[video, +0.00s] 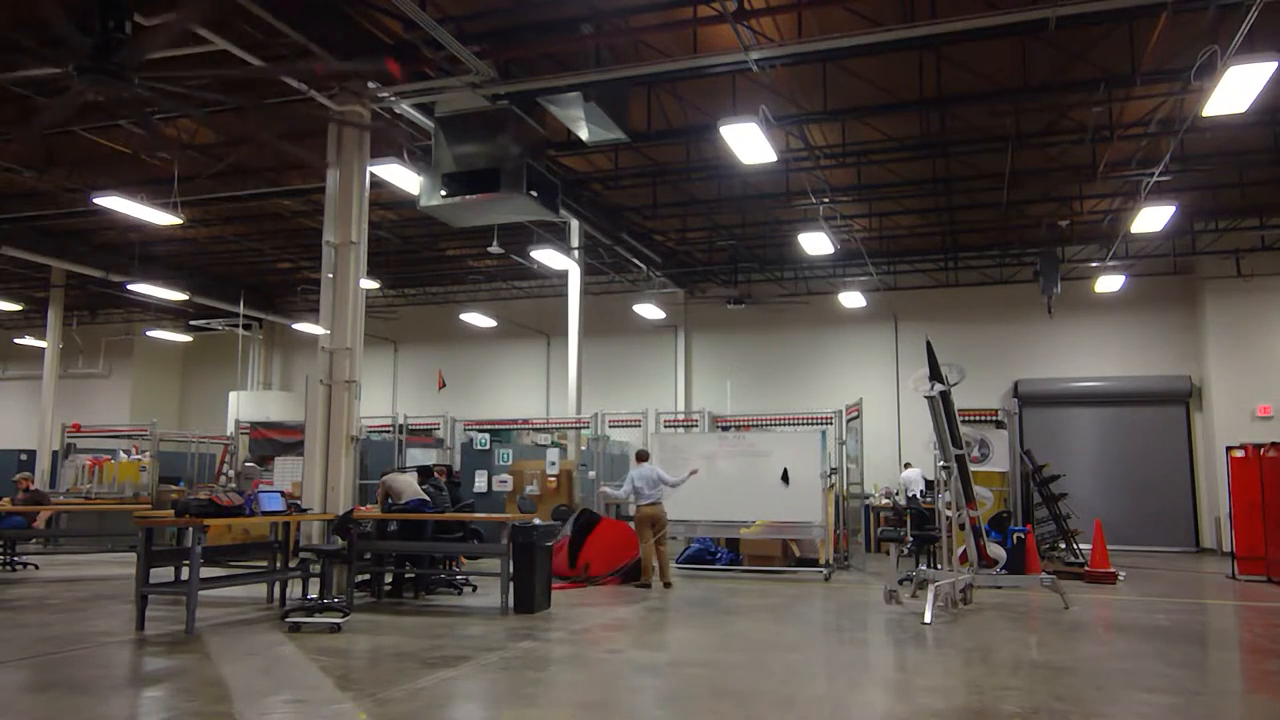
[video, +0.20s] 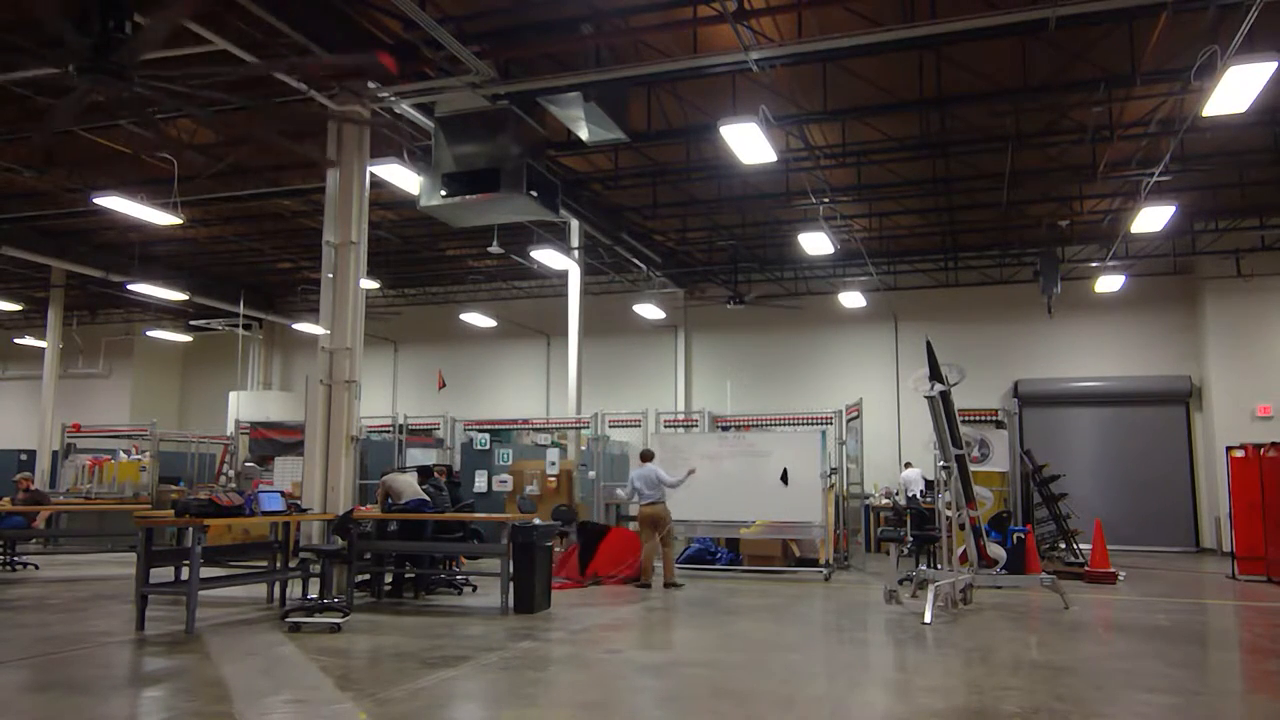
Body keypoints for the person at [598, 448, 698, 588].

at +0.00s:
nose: (636, 461)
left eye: (636, 459)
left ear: (636, 460)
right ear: (648, 459)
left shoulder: (633, 473)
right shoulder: (655, 470)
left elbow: (623, 495)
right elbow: (672, 483)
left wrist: (607, 490)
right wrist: (688, 475)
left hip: (642, 508)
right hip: (658, 507)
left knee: (646, 544)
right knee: (661, 544)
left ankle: (646, 580)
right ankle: (666, 580)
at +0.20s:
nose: (652, 460)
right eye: (652, 458)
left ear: (640, 459)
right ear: (653, 459)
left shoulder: (634, 474)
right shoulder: (655, 470)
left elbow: (629, 496)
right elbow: (671, 483)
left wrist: (620, 494)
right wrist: (687, 475)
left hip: (644, 508)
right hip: (659, 506)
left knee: (648, 545)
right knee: (667, 545)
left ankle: (646, 580)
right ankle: (669, 579)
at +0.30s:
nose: (656, 461)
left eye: (656, 459)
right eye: (656, 459)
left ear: (643, 459)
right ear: (654, 459)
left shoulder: (636, 475)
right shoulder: (655, 470)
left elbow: (631, 498)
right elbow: (670, 483)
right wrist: (685, 473)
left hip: (646, 508)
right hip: (661, 507)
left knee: (649, 545)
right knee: (668, 545)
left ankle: (646, 579)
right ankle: (668, 579)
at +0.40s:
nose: (662, 460)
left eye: (662, 458)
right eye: (661, 458)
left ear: (648, 459)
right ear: (657, 458)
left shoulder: (643, 473)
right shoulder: (657, 469)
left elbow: (641, 492)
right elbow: (669, 483)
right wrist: (681, 473)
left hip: (649, 507)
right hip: (663, 507)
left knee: (650, 546)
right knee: (669, 546)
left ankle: (645, 580)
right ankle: (668, 579)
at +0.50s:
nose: (667, 460)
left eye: (667, 457)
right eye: (666, 457)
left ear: (654, 459)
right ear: (661, 458)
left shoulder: (649, 473)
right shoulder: (660, 468)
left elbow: (647, 494)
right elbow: (668, 484)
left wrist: (648, 508)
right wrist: (677, 472)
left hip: (654, 507)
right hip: (667, 507)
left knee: (653, 547)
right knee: (672, 547)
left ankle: (646, 579)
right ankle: (669, 579)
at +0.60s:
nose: (671, 460)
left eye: (671, 458)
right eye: (670, 458)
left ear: (659, 459)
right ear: (665, 458)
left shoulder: (658, 470)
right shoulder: (663, 470)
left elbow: (660, 488)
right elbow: (664, 486)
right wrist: (671, 474)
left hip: (660, 507)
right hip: (669, 507)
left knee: (659, 547)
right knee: (672, 546)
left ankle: (649, 578)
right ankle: (669, 579)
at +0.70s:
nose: (675, 461)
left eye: (675, 458)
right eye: (673, 458)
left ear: (672, 460)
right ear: (666, 459)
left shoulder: (672, 475)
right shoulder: (662, 474)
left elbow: (674, 493)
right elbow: (662, 488)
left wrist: (687, 497)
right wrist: (666, 474)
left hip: (674, 507)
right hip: (667, 507)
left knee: (670, 545)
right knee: (672, 546)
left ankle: (658, 576)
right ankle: (667, 579)